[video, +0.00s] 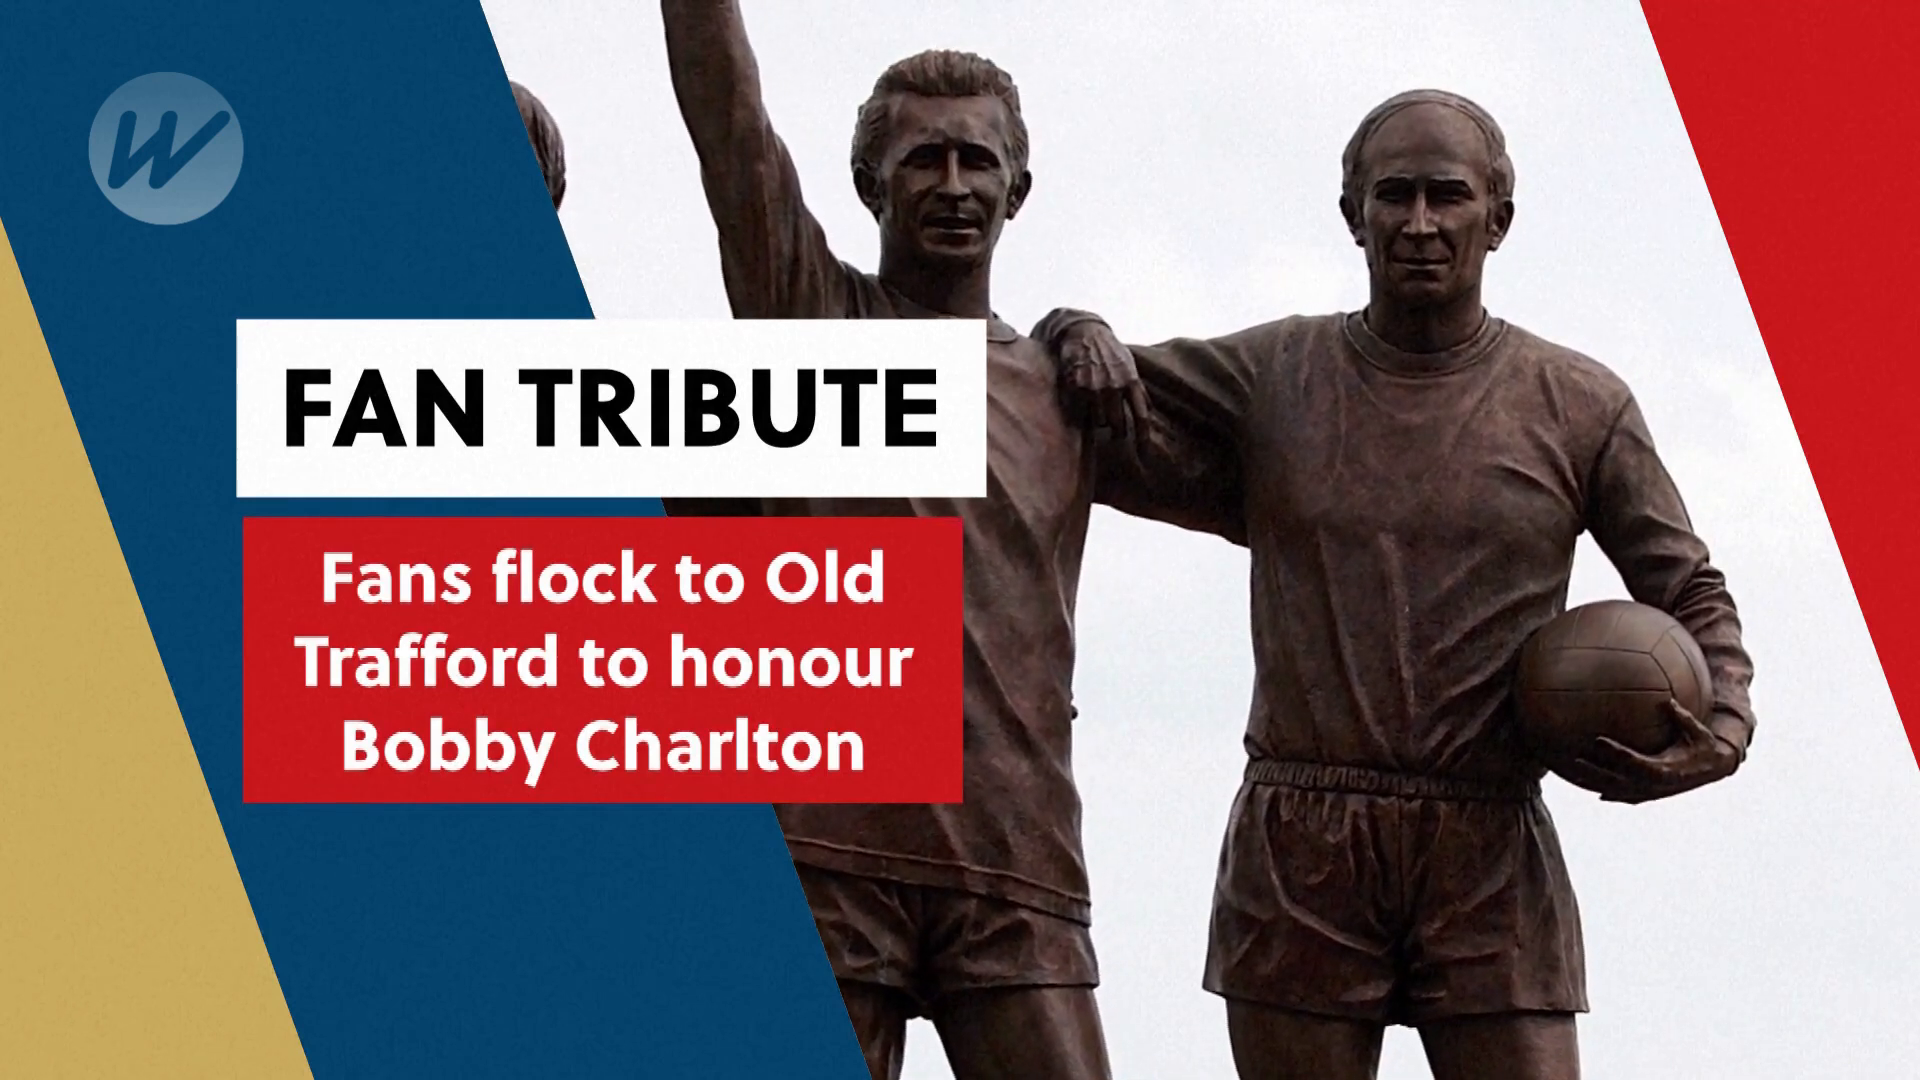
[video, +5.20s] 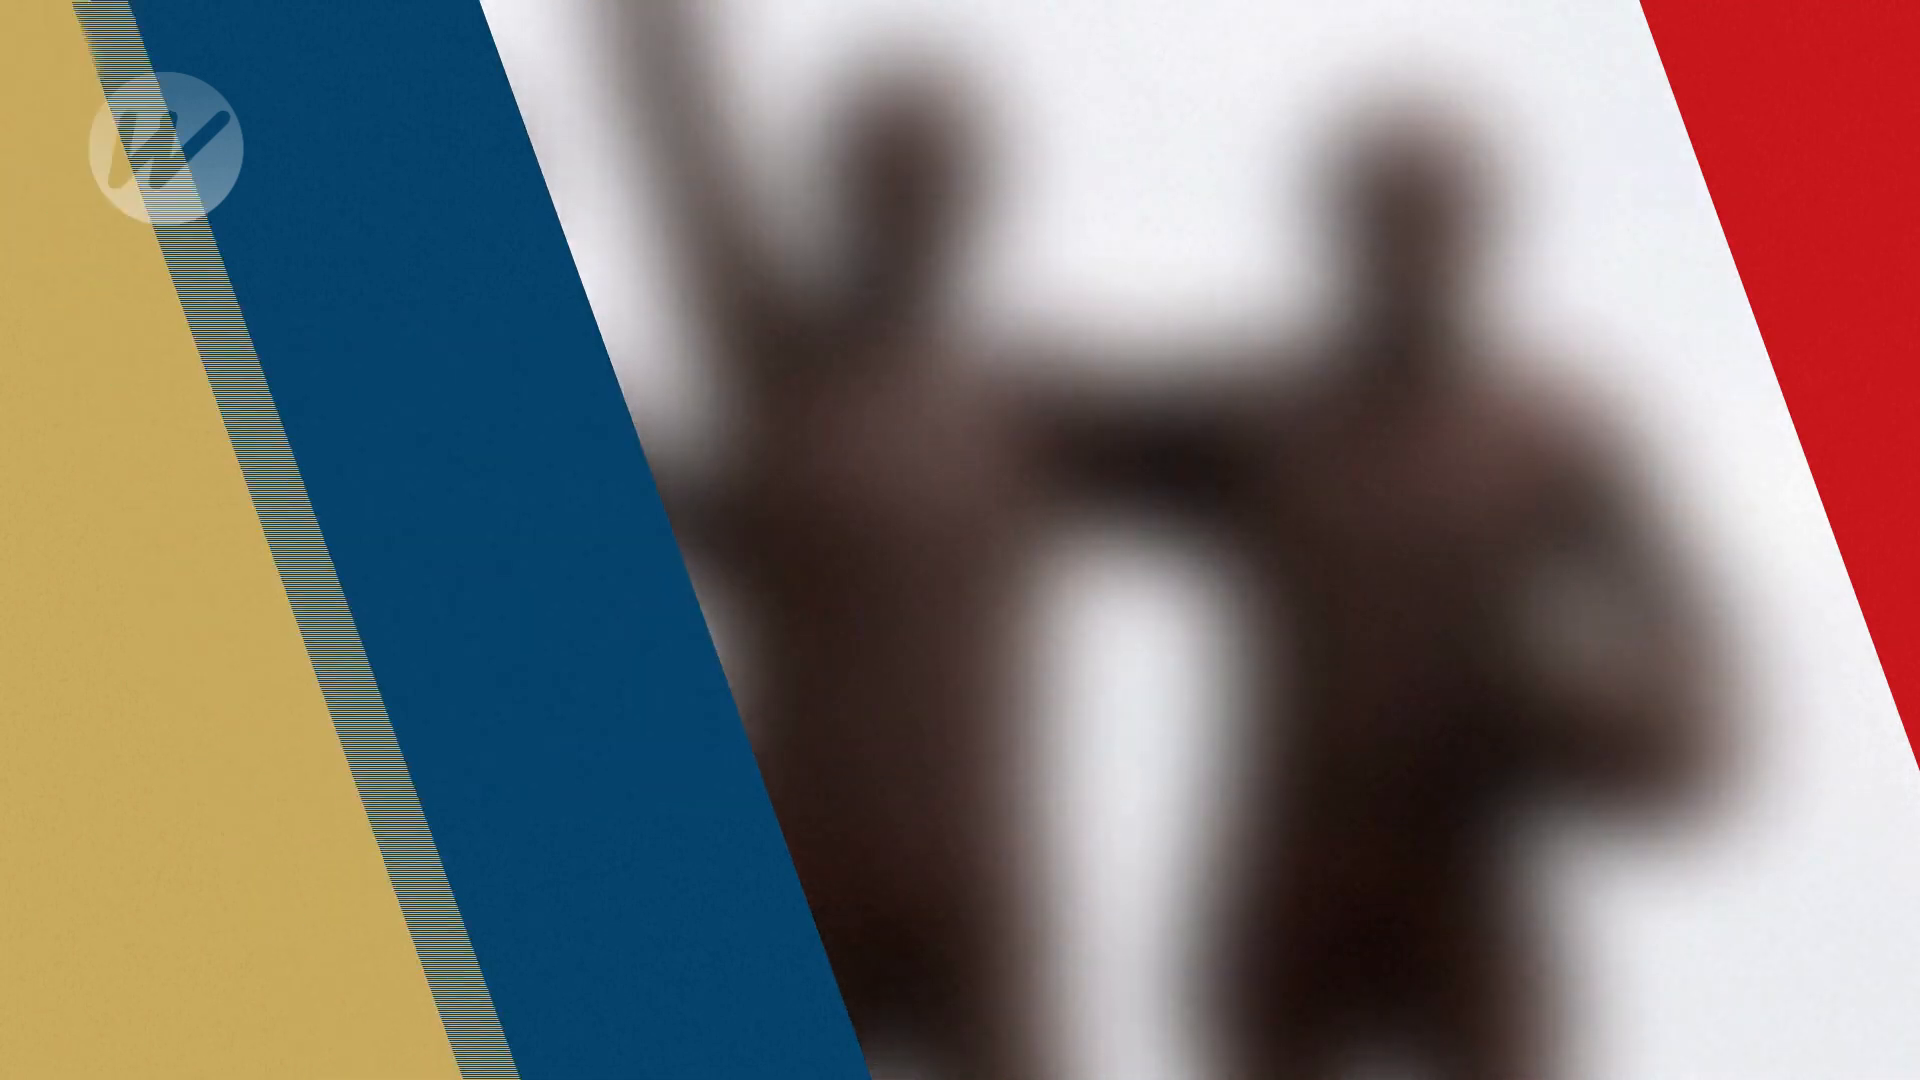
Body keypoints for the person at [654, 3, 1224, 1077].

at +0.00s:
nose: (955, 183)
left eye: (979, 159)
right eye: (924, 159)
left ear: (1017, 187)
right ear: (870, 183)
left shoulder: (1070, 393)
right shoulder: (808, 319)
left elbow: (1270, 487)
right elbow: (729, 125)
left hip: (1017, 867)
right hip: (824, 862)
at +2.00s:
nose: (933, 189)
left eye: (958, 166)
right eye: (902, 165)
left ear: (997, 197)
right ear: (849, 192)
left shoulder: (1049, 402)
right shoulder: (781, 330)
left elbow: (1255, 507)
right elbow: (701, 130)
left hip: (999, 890)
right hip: (805, 885)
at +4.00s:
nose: (918, 195)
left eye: (943, 171)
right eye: (886, 170)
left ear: (981, 202)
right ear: (830, 200)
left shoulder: (1035, 404)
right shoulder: (763, 337)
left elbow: (1241, 515)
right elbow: (683, 137)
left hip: (987, 909)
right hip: (793, 900)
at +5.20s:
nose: (907, 209)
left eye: (930, 180)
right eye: (887, 177)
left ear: (960, 198)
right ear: (850, 187)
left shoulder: (1001, 414)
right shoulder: (793, 379)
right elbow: (684, 136)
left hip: (962, 870)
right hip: (805, 869)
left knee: (998, 1049)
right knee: (790, 1046)